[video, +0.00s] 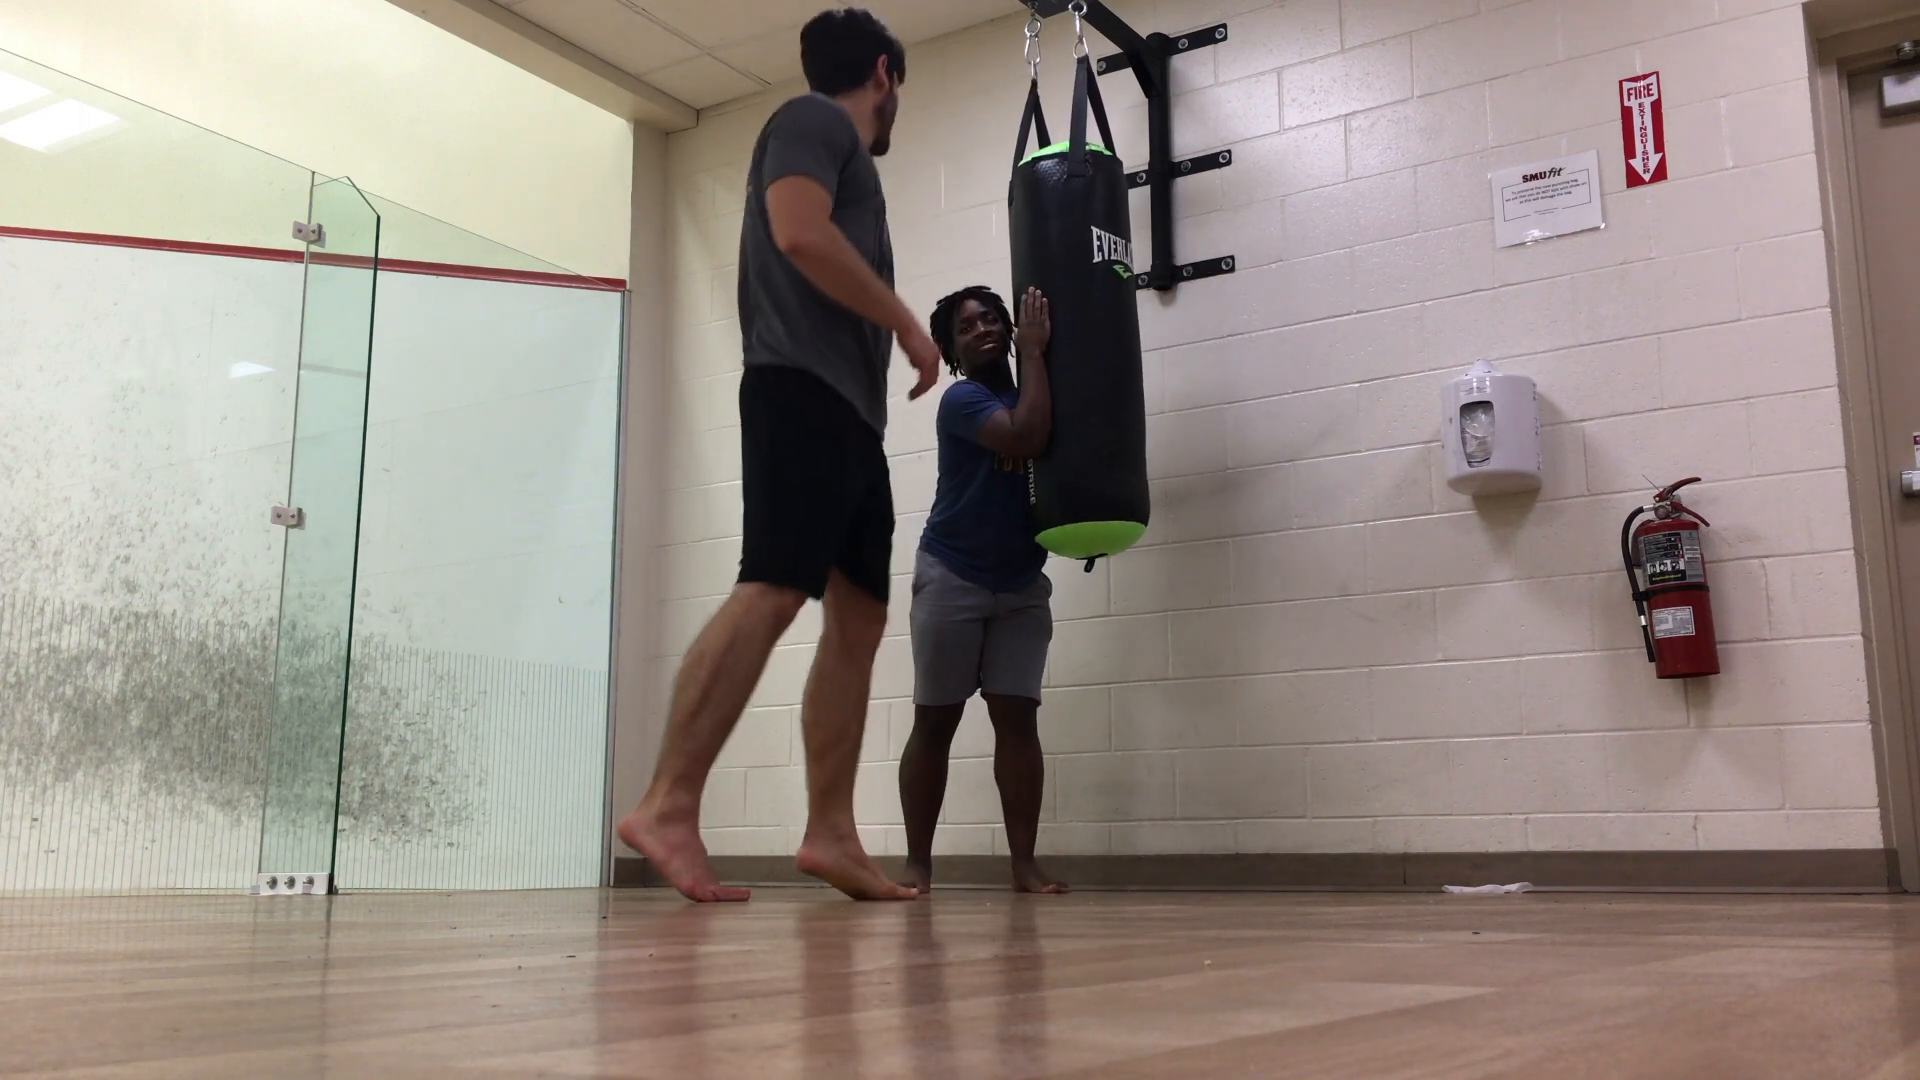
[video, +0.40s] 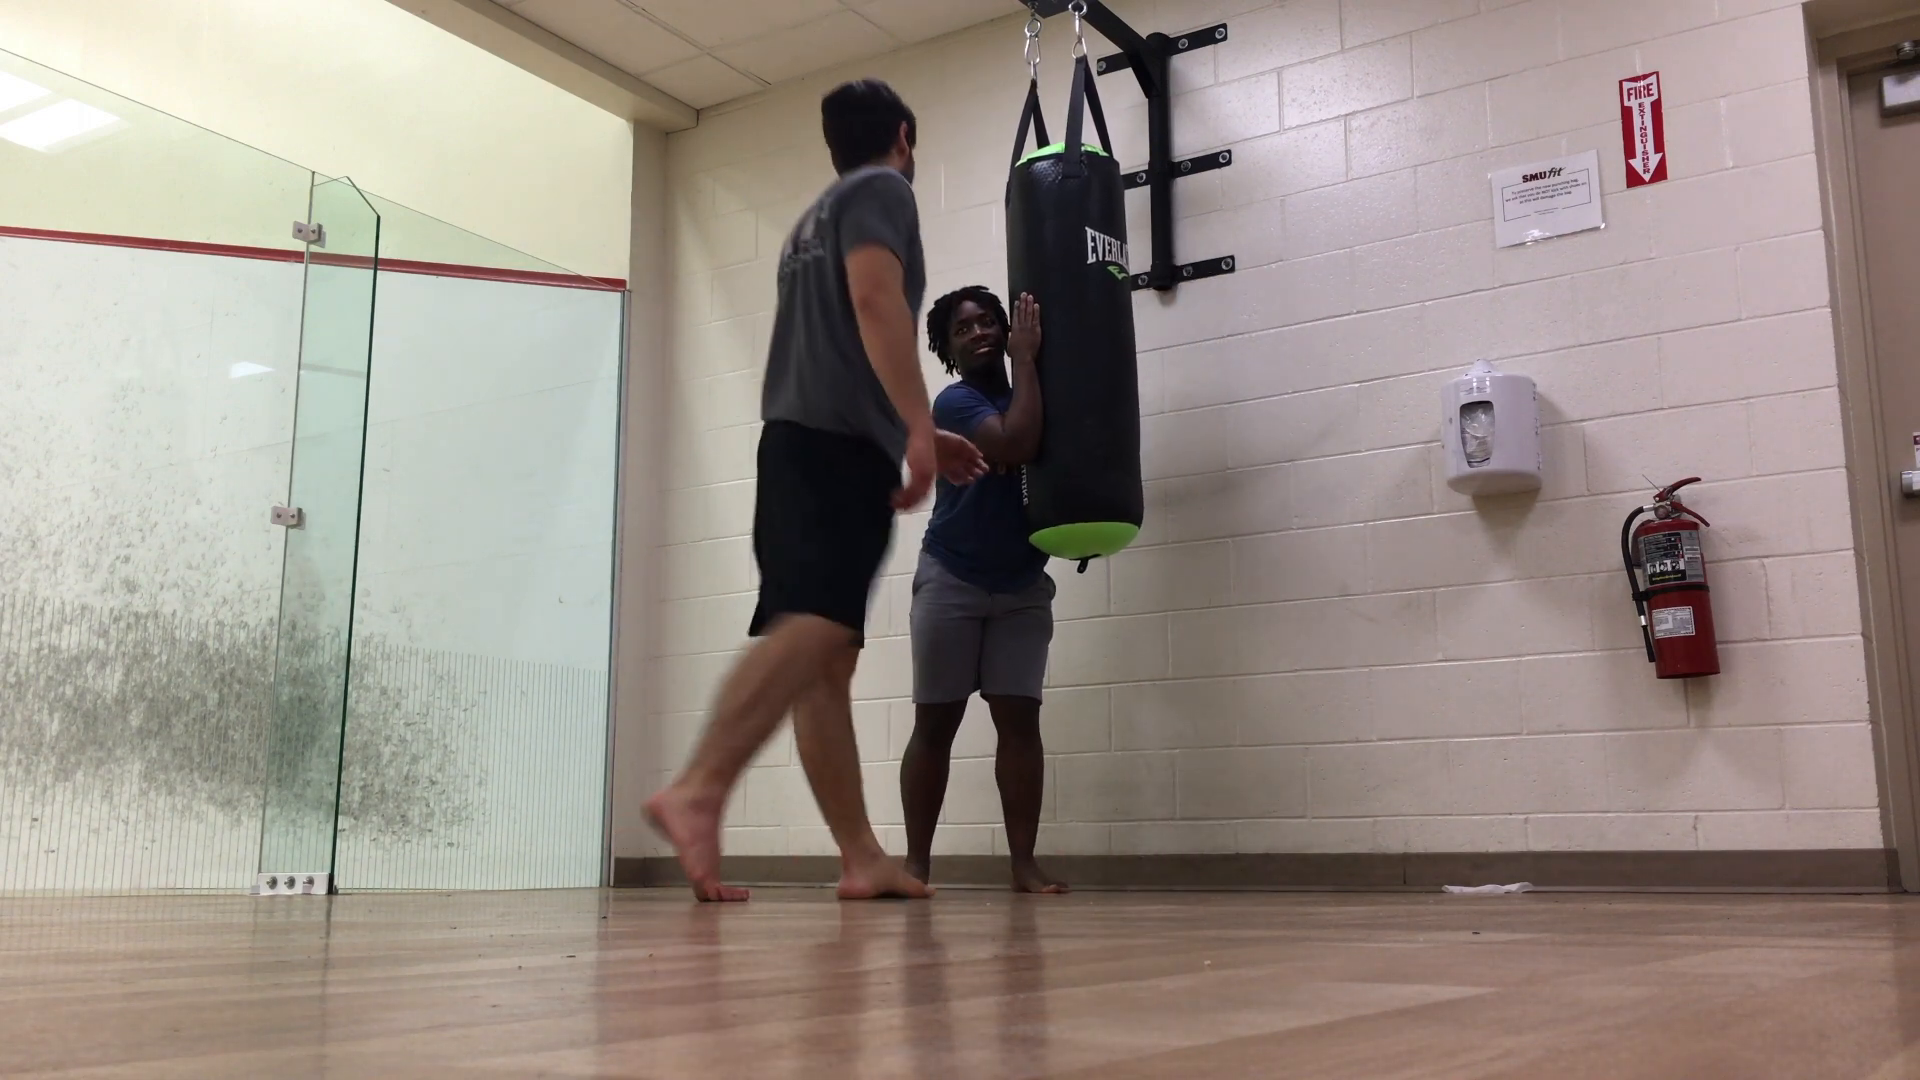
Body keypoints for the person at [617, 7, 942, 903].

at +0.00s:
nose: (896, 105)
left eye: (897, 90)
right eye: (897, 87)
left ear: (836, 73)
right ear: (880, 73)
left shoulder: (841, 161)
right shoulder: (812, 119)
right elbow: (798, 229)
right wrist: (902, 319)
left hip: (843, 406)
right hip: (795, 391)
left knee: (859, 611)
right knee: (774, 589)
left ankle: (831, 832)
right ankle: (665, 813)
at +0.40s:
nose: (911, 159)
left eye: (908, 148)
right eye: (913, 146)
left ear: (838, 146)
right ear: (903, 140)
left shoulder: (811, 220)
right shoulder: (879, 186)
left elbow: (831, 359)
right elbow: (874, 296)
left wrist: (926, 437)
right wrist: (919, 425)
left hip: (801, 441)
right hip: (836, 438)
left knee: (822, 649)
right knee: (818, 625)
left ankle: (862, 857)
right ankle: (693, 796)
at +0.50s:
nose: (923, 174)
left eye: (917, 164)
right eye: (922, 163)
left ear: (846, 168)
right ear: (911, 158)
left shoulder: (817, 237)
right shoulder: (897, 203)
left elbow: (817, 356)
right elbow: (893, 316)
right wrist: (930, 445)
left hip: (802, 450)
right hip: (863, 448)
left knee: (830, 653)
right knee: (903, 644)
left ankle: (863, 857)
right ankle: (756, 775)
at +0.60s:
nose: (935, 180)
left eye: (933, 169)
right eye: (934, 169)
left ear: (857, 175)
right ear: (924, 164)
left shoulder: (818, 249)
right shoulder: (915, 211)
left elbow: (797, 353)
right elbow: (909, 316)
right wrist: (949, 445)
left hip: (812, 463)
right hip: (888, 460)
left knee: (837, 651)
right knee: (945, 649)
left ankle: (860, 861)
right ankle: (840, 776)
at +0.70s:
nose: (950, 192)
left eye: (947, 181)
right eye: (949, 181)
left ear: (871, 182)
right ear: (940, 176)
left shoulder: (824, 259)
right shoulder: (930, 219)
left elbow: (798, 388)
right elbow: (926, 319)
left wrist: (855, 441)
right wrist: (971, 444)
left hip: (832, 472)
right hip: (917, 465)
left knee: (845, 659)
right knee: (960, 648)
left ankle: (862, 860)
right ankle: (926, 832)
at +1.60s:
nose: (945, 214)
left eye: (946, 201)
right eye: (945, 198)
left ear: (879, 189)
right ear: (927, 186)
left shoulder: (860, 243)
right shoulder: (893, 226)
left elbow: (856, 388)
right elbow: (857, 306)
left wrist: (932, 449)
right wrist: (945, 395)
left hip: (845, 465)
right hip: (869, 461)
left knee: (853, 657)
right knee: (893, 629)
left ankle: (870, 854)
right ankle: (894, 826)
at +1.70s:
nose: (933, 197)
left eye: (932, 183)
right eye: (931, 182)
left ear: (865, 172)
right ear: (914, 171)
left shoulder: (878, 253)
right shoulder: (856, 219)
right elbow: (828, 308)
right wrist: (940, 368)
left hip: (876, 463)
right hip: (846, 450)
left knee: (863, 665)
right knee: (847, 589)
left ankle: (871, 857)